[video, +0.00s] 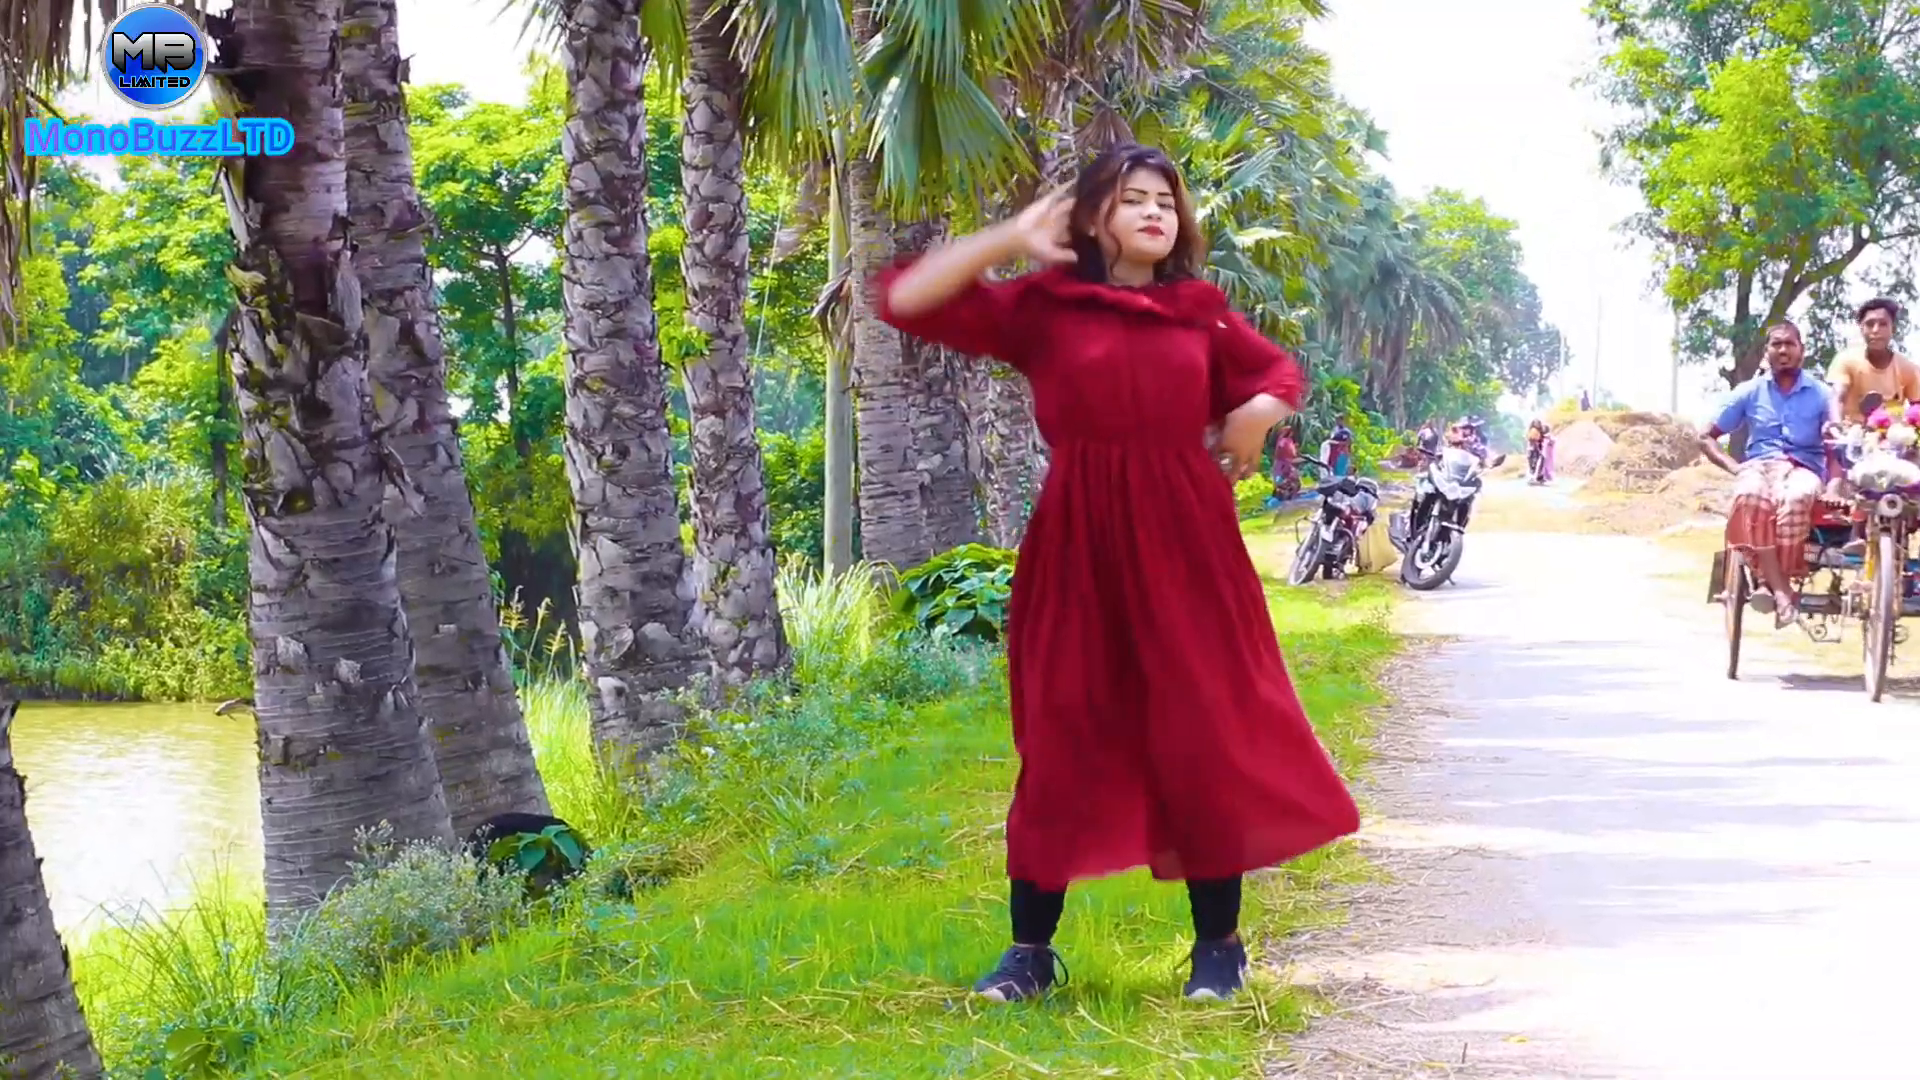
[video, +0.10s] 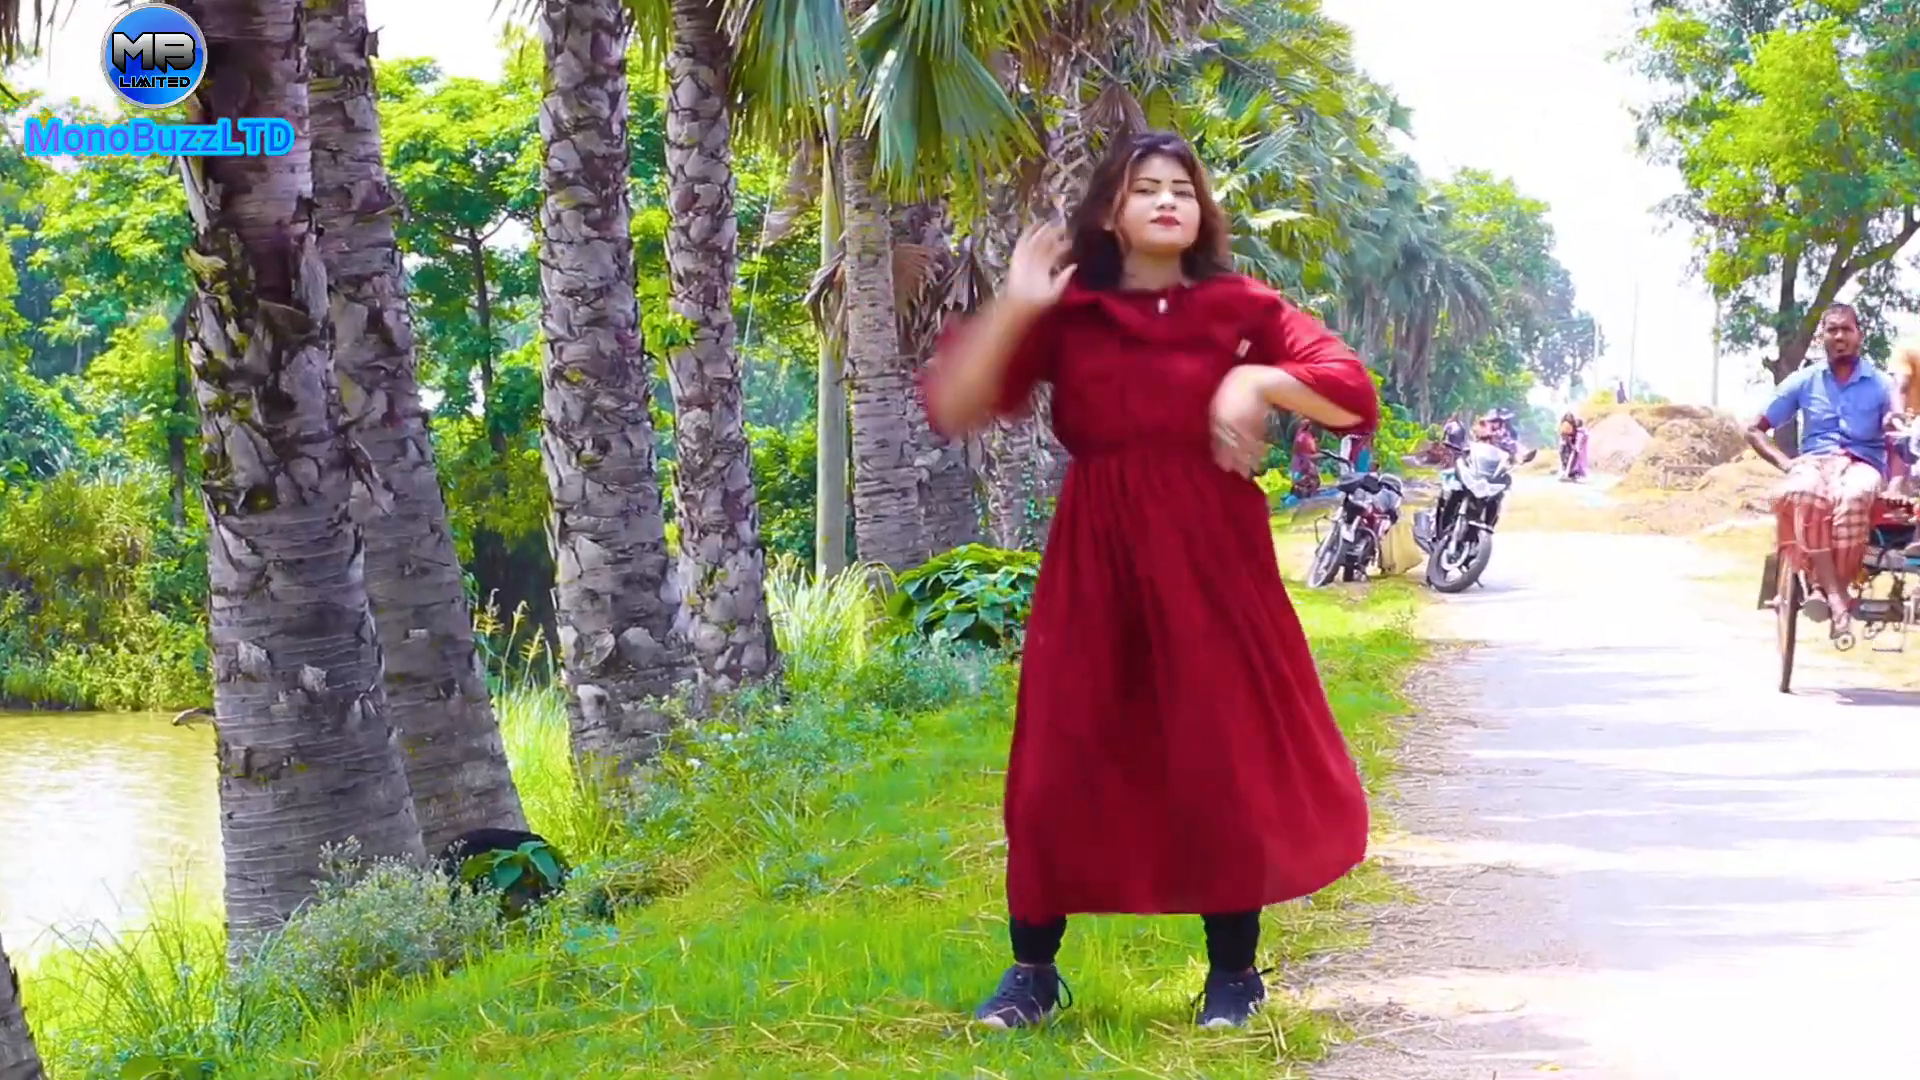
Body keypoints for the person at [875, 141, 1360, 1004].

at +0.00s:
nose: (1153, 209)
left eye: (1165, 200)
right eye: (1134, 198)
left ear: (1181, 222)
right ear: (1090, 217)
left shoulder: (1199, 308)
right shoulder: (1043, 309)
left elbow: (1283, 370)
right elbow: (903, 300)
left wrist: (1262, 408)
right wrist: (1009, 237)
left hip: (1184, 542)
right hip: (1076, 541)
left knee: (1198, 742)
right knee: (1052, 745)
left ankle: (1218, 948)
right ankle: (1029, 954)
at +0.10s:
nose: (1169, 199)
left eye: (1183, 189)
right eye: (1148, 188)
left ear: (1203, 212)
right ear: (1112, 213)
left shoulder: (1240, 304)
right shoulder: (1066, 312)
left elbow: (1352, 395)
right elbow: (951, 406)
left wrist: (1257, 379)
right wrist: (1013, 302)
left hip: (1210, 553)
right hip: (1093, 551)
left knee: (1220, 756)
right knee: (1049, 759)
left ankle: (1232, 974)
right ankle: (1032, 973)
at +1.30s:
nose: (1098, 212)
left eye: (1099, 199)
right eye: (1080, 198)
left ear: (1096, 214)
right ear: (1023, 210)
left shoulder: (1112, 295)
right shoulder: (980, 294)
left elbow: (1161, 384)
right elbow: (872, 280)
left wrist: (1165, 449)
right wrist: (981, 236)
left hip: (1113, 519)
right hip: (1016, 516)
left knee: (1150, 717)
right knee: (997, 720)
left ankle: (1170, 938)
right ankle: (972, 940)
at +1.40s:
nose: (1103, 207)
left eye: (1103, 192)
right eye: (1085, 192)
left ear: (1100, 206)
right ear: (1030, 202)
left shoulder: (1116, 290)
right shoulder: (991, 288)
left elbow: (1167, 427)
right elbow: (903, 277)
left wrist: (1092, 477)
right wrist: (1021, 233)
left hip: (1123, 540)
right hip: (1025, 539)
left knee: (1150, 744)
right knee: (1008, 746)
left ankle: (1172, 972)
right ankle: (974, 966)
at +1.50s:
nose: (1097, 224)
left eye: (1097, 209)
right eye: (1080, 210)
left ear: (1091, 225)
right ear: (1025, 220)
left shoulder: (1113, 306)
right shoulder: (971, 302)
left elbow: (1195, 400)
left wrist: (1127, 474)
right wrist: (1070, 261)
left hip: (1113, 530)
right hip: (1014, 535)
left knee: (1166, 734)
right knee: (1013, 738)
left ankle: (1177, 961)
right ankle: (975, 958)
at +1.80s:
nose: (1159, 226)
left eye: (1160, 211)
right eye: (1138, 213)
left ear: (1161, 225)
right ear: (1081, 230)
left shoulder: (1186, 321)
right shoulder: (1033, 316)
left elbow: (1259, 399)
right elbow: (900, 325)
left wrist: (1259, 434)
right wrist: (1013, 262)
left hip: (1192, 560)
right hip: (1080, 560)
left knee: (1219, 764)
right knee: (1032, 760)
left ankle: (1230, 977)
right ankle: (976, 965)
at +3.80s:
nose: (1143, 217)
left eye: (1162, 202)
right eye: (1141, 204)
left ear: (1214, 215)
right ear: (1141, 226)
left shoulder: (1264, 298)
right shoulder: (1125, 329)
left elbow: (1306, 352)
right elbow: (1075, 441)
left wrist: (1213, 318)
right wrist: (1057, 514)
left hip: (1232, 560)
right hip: (1128, 553)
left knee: (1234, 753)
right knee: (1041, 737)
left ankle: (1256, 971)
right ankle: (1033, 948)